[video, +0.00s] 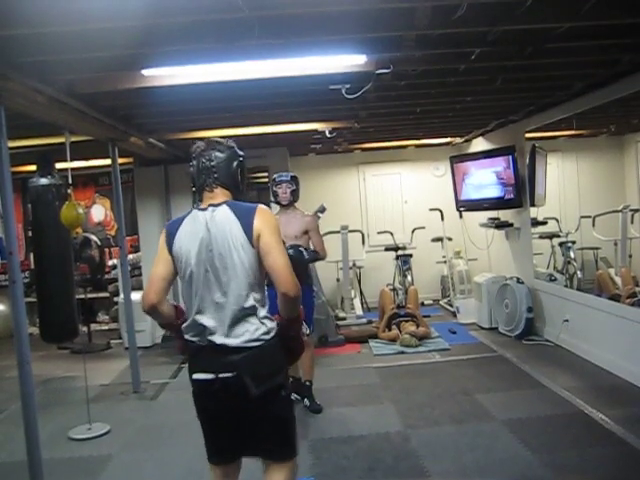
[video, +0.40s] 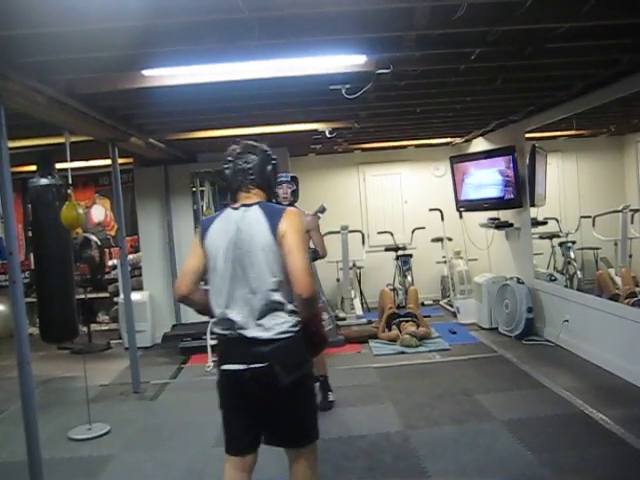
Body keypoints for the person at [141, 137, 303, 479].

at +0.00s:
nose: (243, 175)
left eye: (240, 169)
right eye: (240, 169)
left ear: (196, 179)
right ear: (235, 174)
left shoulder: (174, 229)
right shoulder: (257, 216)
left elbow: (151, 301)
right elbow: (289, 290)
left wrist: (182, 324)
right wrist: (290, 328)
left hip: (206, 372)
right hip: (260, 366)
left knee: (222, 467)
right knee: (279, 463)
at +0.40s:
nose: (278, 180)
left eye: (277, 175)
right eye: (275, 175)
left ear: (231, 180)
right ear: (267, 177)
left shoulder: (209, 226)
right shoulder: (285, 216)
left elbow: (184, 290)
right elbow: (305, 291)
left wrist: (224, 309)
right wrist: (312, 325)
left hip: (233, 362)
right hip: (284, 360)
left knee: (238, 461)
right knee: (302, 457)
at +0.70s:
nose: (307, 174)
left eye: (272, 170)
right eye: (306, 169)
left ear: (267, 176)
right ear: (305, 174)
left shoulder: (247, 221)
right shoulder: (326, 213)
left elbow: (226, 286)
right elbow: (355, 280)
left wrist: (263, 301)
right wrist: (349, 310)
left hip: (270, 354)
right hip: (320, 351)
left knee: (264, 442)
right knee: (317, 445)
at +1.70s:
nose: (312, 179)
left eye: (309, 174)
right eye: (310, 174)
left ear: (272, 182)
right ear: (305, 178)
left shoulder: (255, 224)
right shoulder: (317, 212)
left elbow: (244, 283)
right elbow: (341, 273)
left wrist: (275, 266)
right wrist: (334, 258)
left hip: (277, 332)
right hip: (316, 329)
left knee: (292, 422)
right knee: (336, 422)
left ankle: (296, 478)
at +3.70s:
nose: (322, 182)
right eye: (320, 177)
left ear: (282, 184)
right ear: (317, 179)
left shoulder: (266, 225)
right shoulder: (331, 213)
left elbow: (266, 280)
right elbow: (365, 267)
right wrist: (352, 235)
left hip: (288, 339)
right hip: (330, 337)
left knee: (302, 423)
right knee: (336, 432)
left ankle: (300, 476)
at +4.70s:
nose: (343, 192)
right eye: (343, 186)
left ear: (307, 193)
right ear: (342, 190)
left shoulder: (292, 234)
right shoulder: (356, 222)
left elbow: (290, 288)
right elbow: (389, 276)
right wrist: (367, 244)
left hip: (309, 351)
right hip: (354, 348)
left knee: (314, 426)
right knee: (384, 437)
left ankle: (305, 475)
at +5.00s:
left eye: (339, 179)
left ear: (340, 184)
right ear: (379, 176)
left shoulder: (329, 228)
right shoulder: (404, 210)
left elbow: (326, 288)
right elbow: (435, 263)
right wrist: (403, 234)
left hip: (355, 349)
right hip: (403, 346)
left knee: (361, 429)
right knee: (404, 448)